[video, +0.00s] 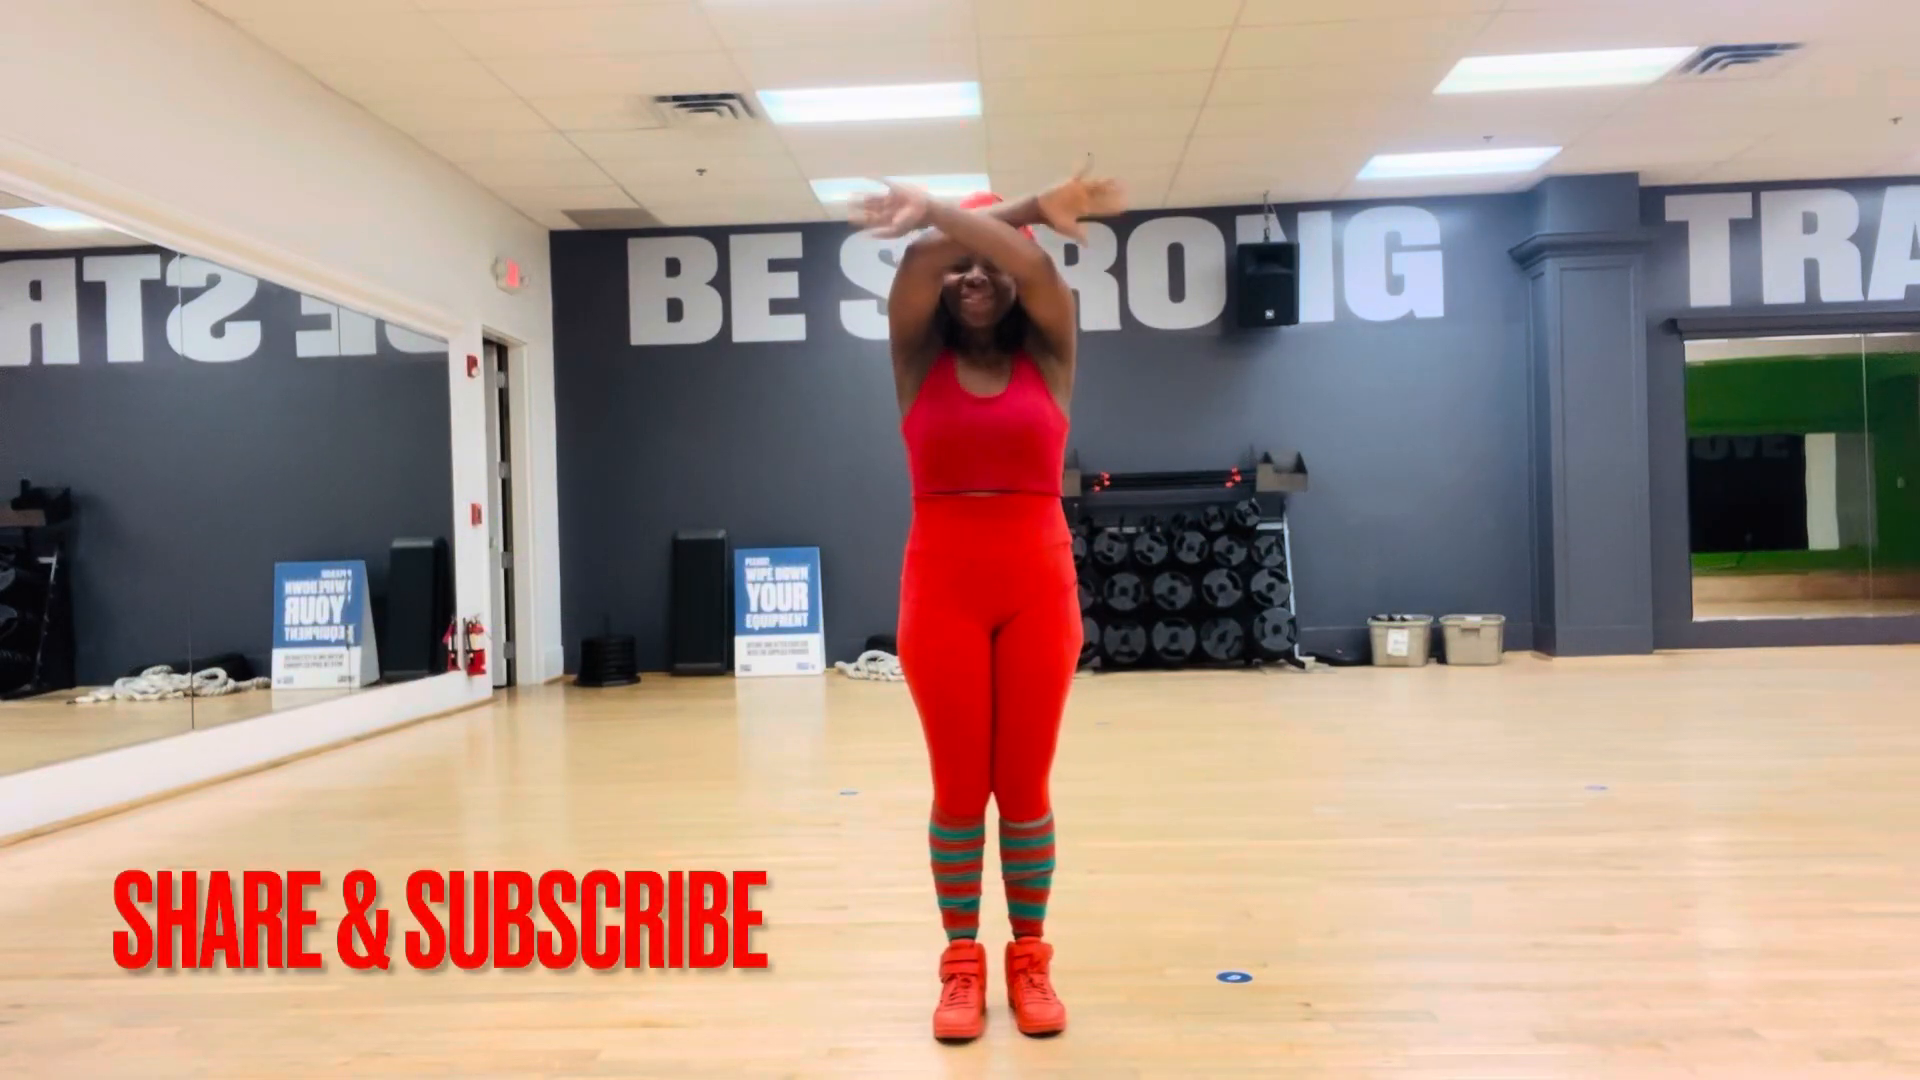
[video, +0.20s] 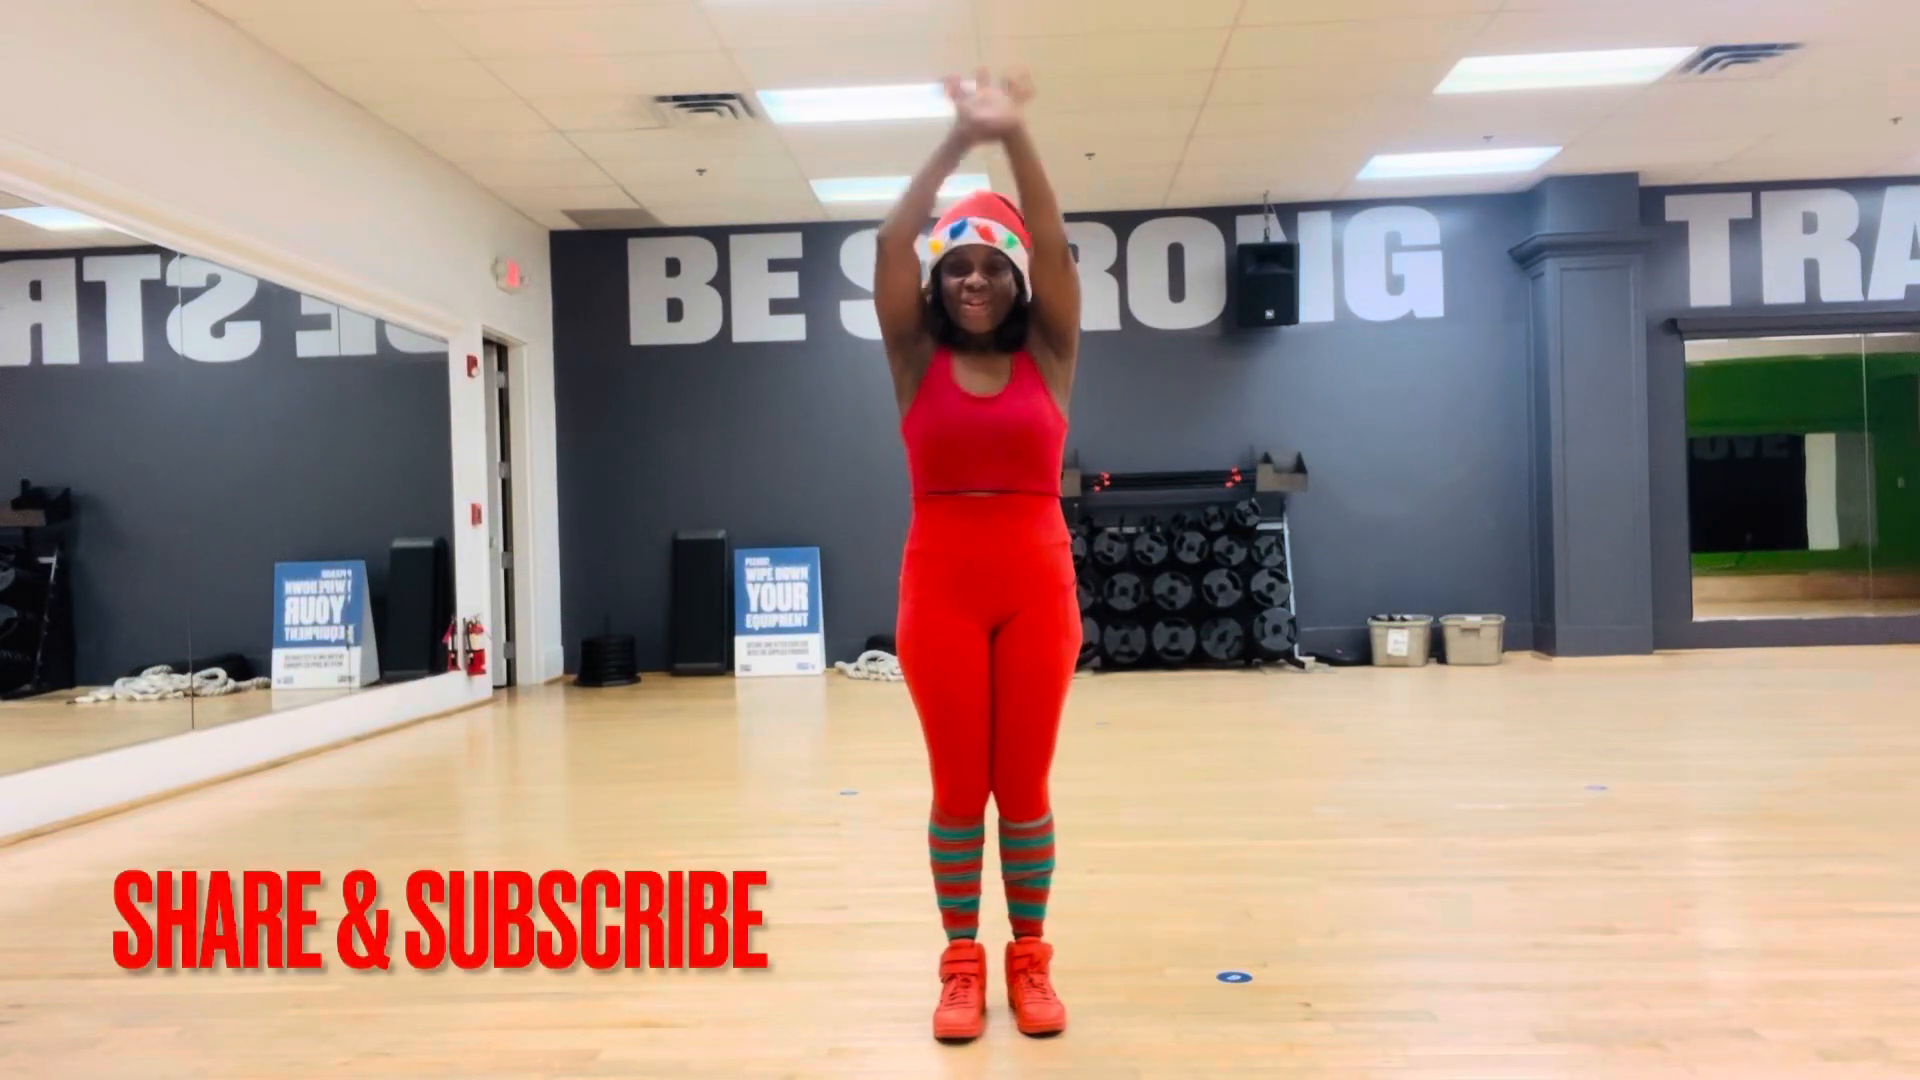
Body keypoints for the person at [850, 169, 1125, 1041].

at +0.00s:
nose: (970, 285)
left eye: (985, 276)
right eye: (956, 275)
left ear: (1015, 289)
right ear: (936, 294)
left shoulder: (1049, 354)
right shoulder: (919, 357)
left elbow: (1029, 268)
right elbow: (924, 260)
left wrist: (932, 208)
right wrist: (1037, 207)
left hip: (1039, 586)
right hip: (941, 587)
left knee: (1023, 783)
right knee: (959, 784)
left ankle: (1030, 964)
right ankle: (962, 967)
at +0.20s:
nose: (974, 282)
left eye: (991, 269)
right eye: (959, 270)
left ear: (1019, 281)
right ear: (936, 283)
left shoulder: (1048, 356)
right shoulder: (916, 357)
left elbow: (1052, 247)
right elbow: (896, 247)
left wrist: (1015, 132)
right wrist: (958, 136)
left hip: (1039, 589)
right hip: (940, 593)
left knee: (1024, 782)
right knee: (959, 783)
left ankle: (1031, 961)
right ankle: (962, 965)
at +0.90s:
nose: (966, 284)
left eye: (984, 272)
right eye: (952, 271)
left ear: (1014, 286)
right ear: (931, 284)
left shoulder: (1055, 351)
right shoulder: (898, 354)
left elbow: (1172, 321)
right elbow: (772, 323)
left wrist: (1291, 300)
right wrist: (667, 290)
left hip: (1032, 589)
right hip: (934, 592)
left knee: (1019, 784)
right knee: (955, 786)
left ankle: (1030, 960)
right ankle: (961, 963)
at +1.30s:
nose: (970, 280)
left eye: (988, 268)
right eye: (956, 266)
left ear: (1014, 286)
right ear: (933, 281)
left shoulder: (1050, 366)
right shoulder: (896, 368)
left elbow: (1162, 421)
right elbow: (788, 437)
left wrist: (1257, 476)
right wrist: (695, 493)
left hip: (1030, 588)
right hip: (932, 592)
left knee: (1018, 783)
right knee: (954, 786)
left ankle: (1030, 960)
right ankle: (961, 964)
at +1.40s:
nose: (970, 282)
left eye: (989, 270)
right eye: (956, 266)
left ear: (1013, 286)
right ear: (933, 276)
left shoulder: (1050, 370)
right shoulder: (894, 372)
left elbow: (1149, 450)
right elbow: (799, 469)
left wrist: (1234, 528)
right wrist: (722, 541)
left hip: (1030, 589)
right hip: (931, 591)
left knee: (1018, 784)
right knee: (954, 788)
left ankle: (1031, 960)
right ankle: (963, 966)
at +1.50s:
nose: (966, 283)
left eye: (985, 270)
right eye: (953, 266)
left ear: (1012, 285)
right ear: (932, 277)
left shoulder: (1050, 373)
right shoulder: (894, 374)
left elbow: (1126, 475)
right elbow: (827, 485)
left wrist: (1202, 569)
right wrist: (764, 576)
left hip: (1030, 590)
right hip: (931, 592)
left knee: (1019, 785)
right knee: (954, 786)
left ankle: (1030, 963)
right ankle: (962, 965)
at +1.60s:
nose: (969, 282)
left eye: (988, 270)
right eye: (955, 265)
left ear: (1012, 285)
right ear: (932, 277)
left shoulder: (1049, 375)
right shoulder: (894, 377)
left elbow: (1093, 483)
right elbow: (856, 498)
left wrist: (1143, 592)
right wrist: (818, 598)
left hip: (1031, 592)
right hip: (931, 593)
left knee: (1019, 785)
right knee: (955, 786)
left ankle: (1029, 964)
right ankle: (961, 965)